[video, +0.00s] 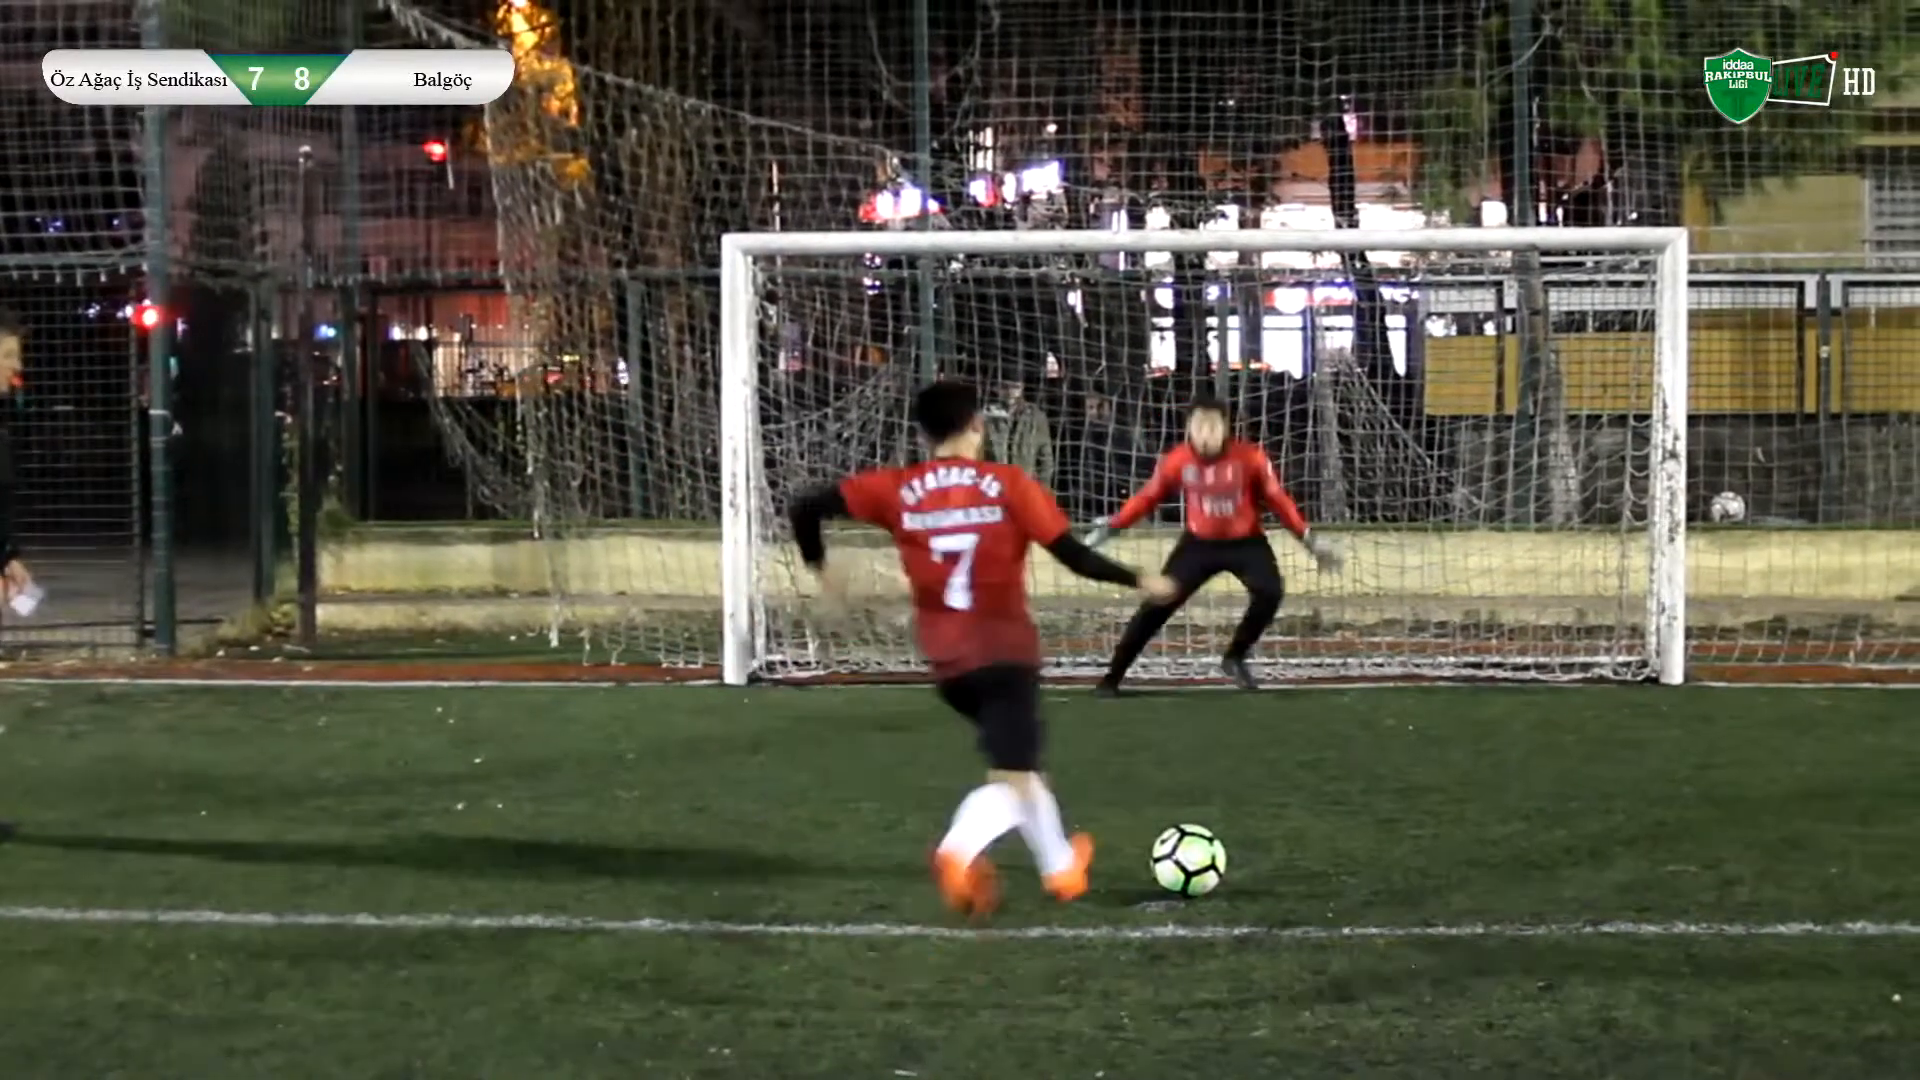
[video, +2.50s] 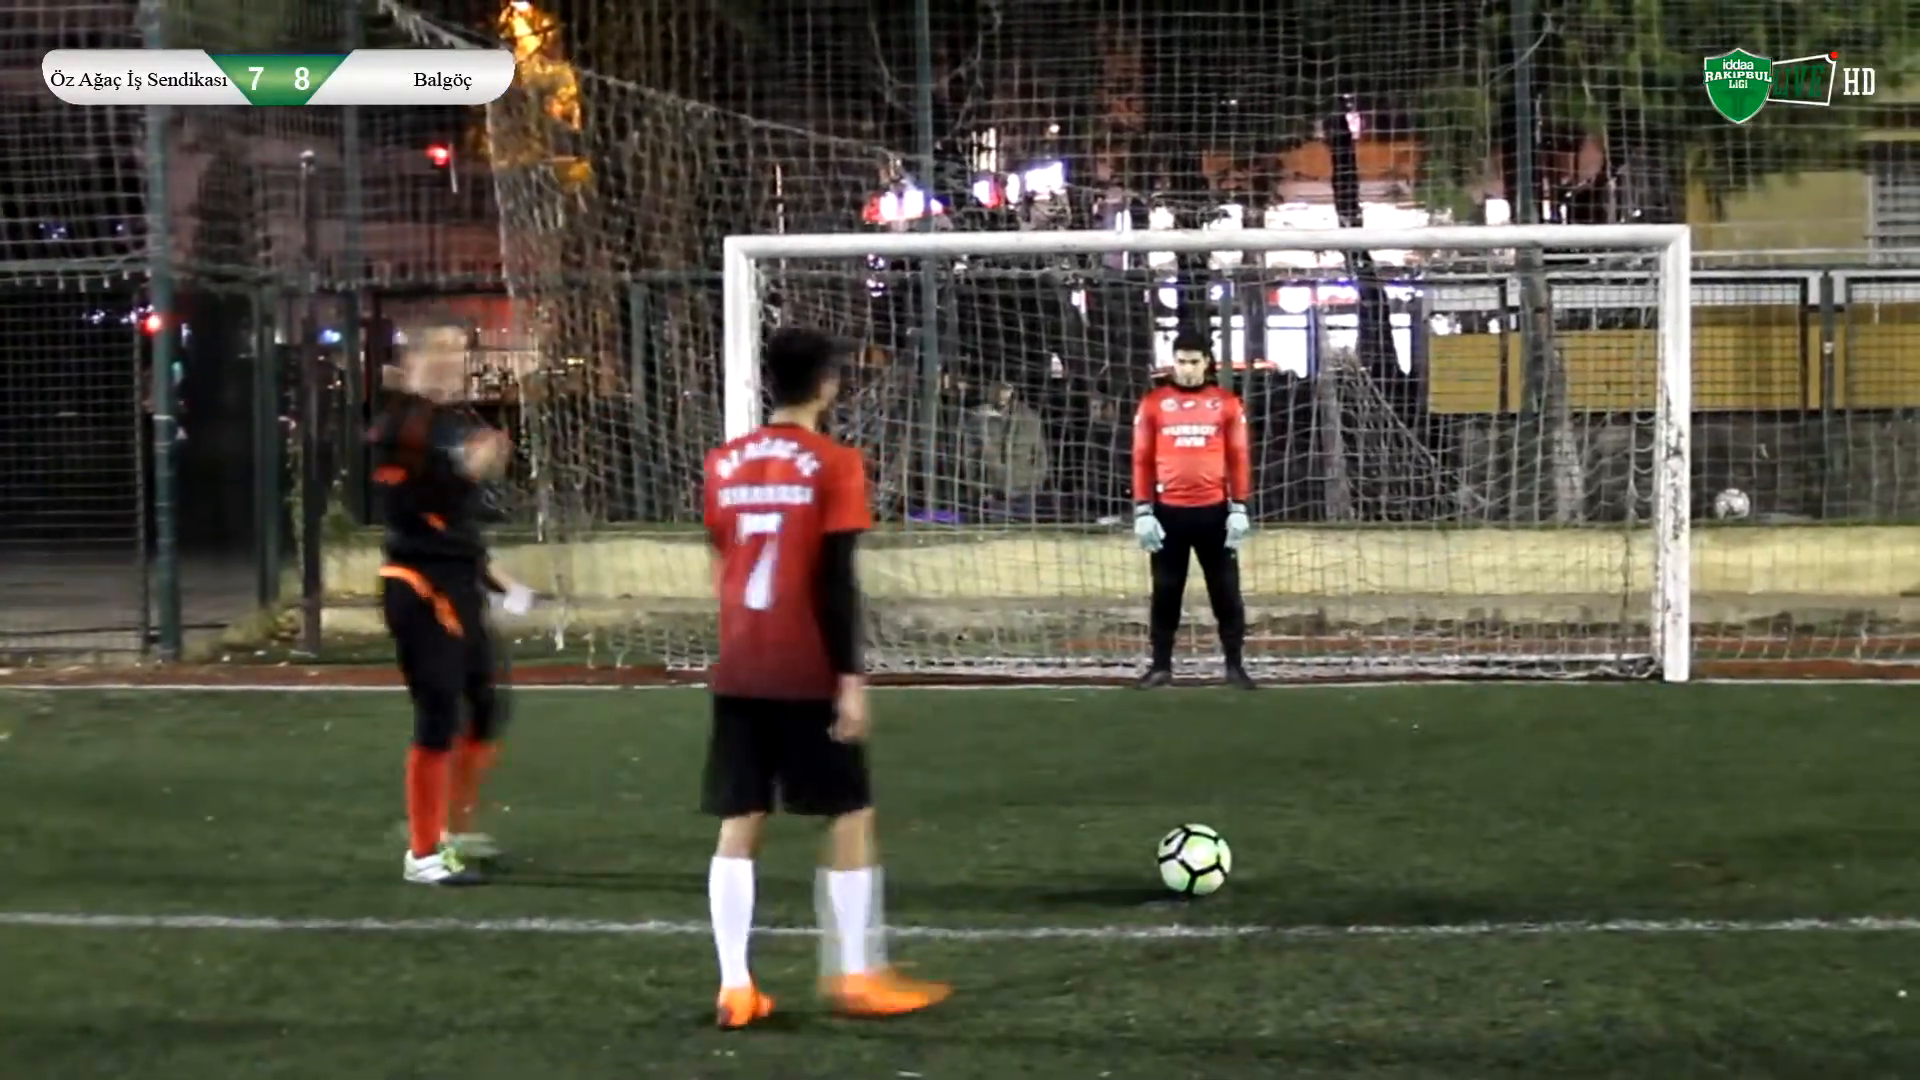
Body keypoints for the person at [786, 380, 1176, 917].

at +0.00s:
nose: (985, 429)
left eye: (981, 421)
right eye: (981, 421)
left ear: (926, 433)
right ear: (974, 426)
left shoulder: (899, 487)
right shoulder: (1009, 484)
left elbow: (806, 506)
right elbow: (1075, 555)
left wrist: (818, 565)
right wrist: (1138, 581)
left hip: (948, 664)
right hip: (1006, 657)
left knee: (1021, 764)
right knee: (1015, 784)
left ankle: (1060, 863)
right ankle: (958, 849)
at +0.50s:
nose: (969, 399)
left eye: (962, 390)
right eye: (968, 390)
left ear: (911, 397)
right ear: (961, 395)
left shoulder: (882, 458)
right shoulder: (985, 463)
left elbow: (848, 539)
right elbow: (1002, 549)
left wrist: (875, 502)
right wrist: (1041, 617)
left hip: (924, 619)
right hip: (982, 617)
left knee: (961, 730)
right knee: (1003, 714)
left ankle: (1013, 829)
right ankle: (1011, 837)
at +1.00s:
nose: (709, 423)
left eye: (707, 412)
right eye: (704, 413)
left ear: (722, 404)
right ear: (749, 394)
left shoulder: (733, 450)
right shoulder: (807, 439)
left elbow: (728, 525)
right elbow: (849, 512)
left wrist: (712, 567)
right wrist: (834, 569)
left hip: (764, 603)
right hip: (811, 594)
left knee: (783, 717)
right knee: (807, 705)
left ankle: (822, 836)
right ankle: (843, 811)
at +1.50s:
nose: (657, 352)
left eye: (661, 341)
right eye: (645, 342)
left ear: (666, 349)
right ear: (620, 352)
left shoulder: (657, 412)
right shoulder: (609, 412)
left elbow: (678, 493)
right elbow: (616, 487)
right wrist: (673, 436)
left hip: (665, 570)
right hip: (629, 570)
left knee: (662, 711)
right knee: (662, 708)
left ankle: (645, 842)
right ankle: (590, 820)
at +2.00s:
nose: (550, 371)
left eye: (555, 360)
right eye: (538, 360)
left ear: (557, 366)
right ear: (508, 366)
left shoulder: (544, 428)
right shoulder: (497, 428)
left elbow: (540, 502)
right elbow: (493, 501)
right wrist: (570, 465)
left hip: (549, 586)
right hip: (510, 587)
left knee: (585, 712)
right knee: (497, 726)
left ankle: (628, 842)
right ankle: (432, 844)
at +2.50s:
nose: (451, 366)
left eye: (456, 354)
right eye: (439, 353)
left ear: (463, 361)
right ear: (411, 360)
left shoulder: (453, 426)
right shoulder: (400, 423)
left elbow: (456, 526)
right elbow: (393, 502)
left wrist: (495, 580)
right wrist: (466, 470)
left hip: (456, 578)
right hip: (414, 577)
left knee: (484, 704)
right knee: (439, 708)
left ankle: (451, 829)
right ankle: (423, 851)